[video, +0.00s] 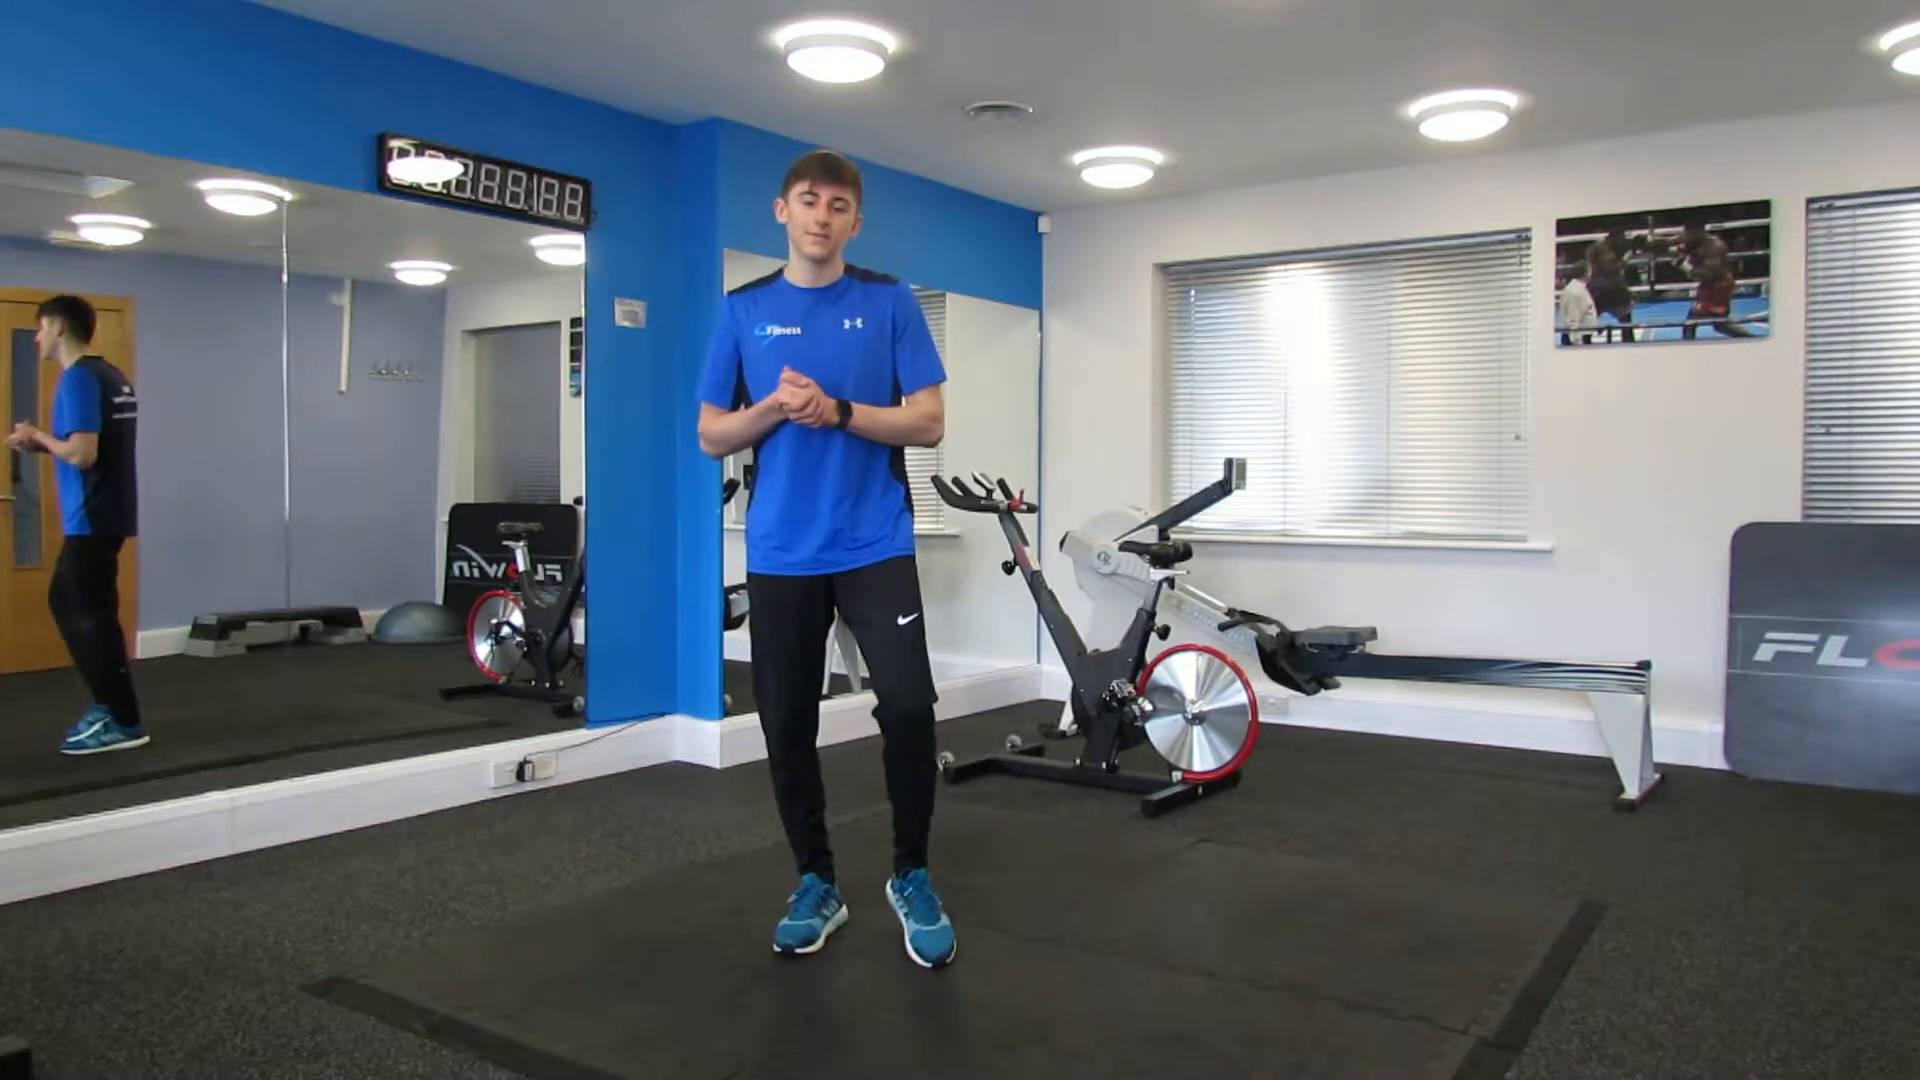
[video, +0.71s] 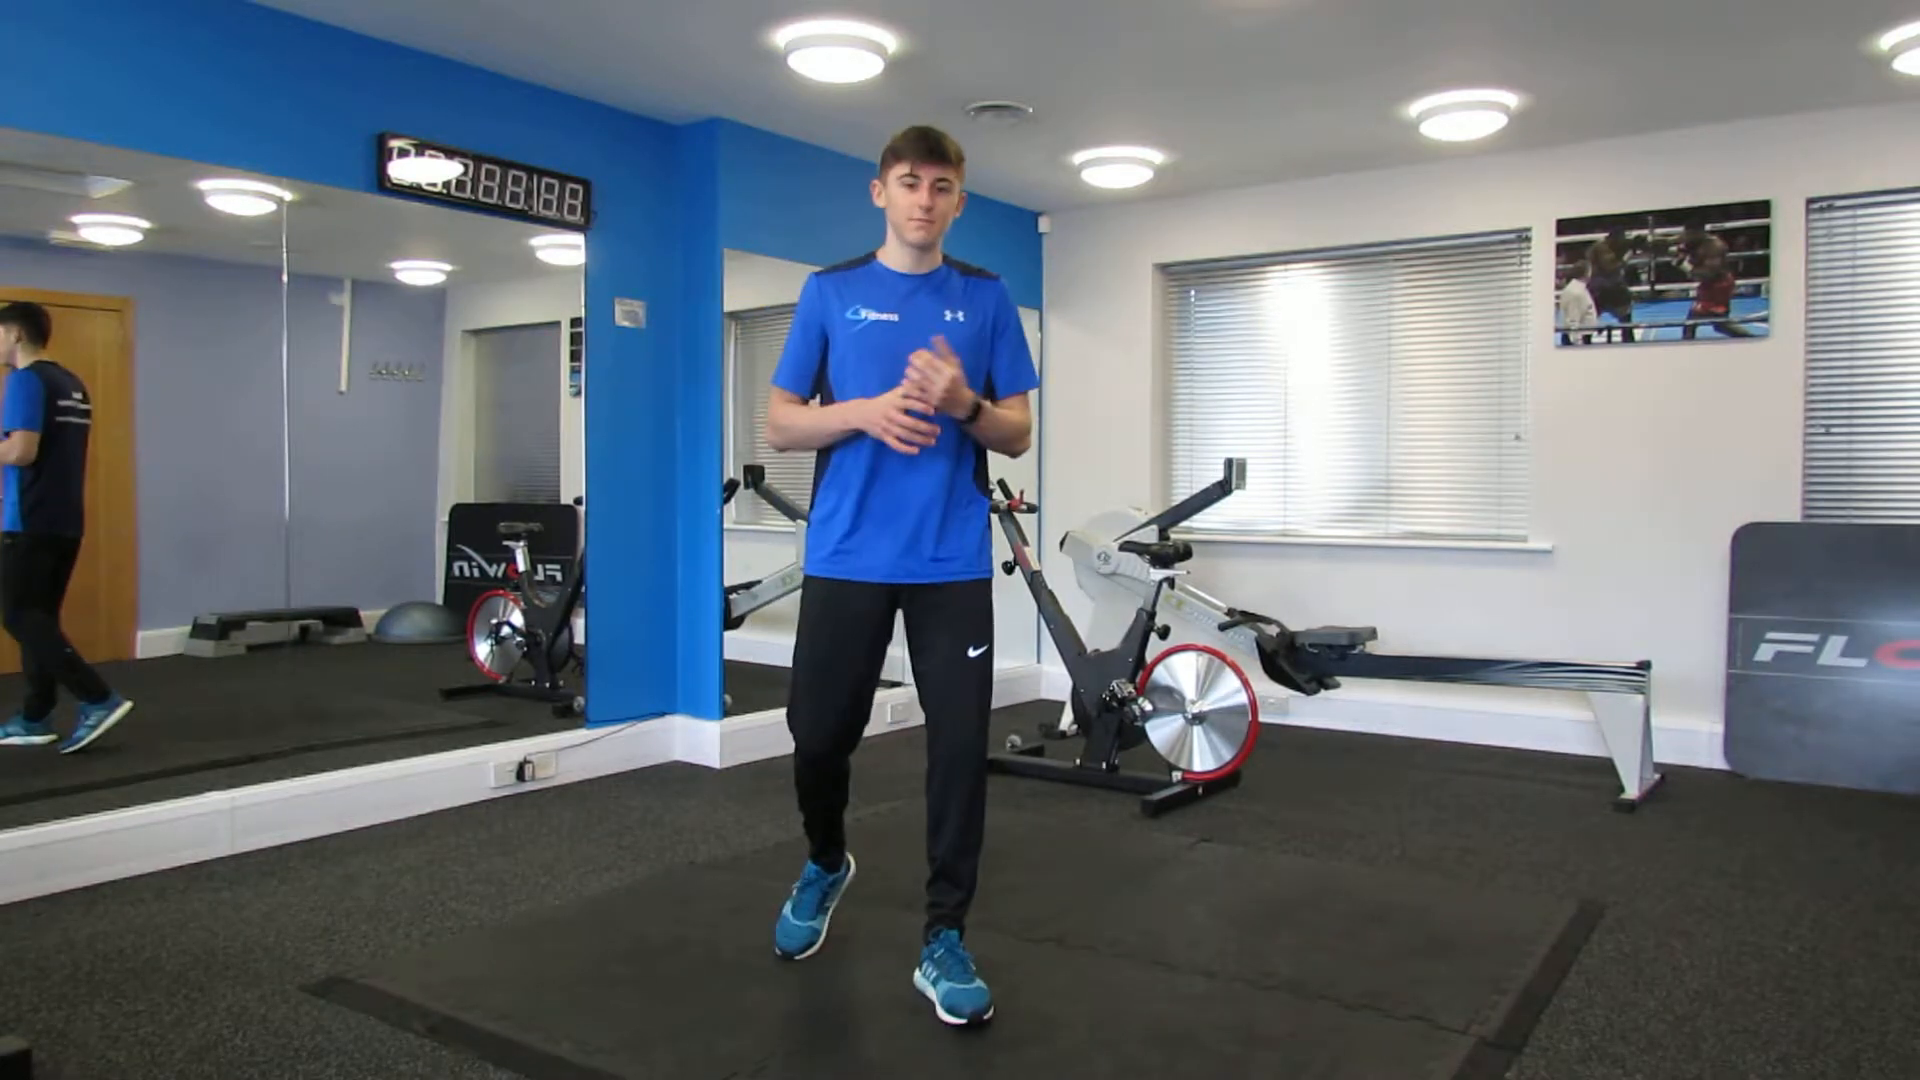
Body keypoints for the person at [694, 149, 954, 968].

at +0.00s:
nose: (824, 214)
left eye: (839, 205)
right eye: (810, 201)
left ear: (856, 221)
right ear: (782, 213)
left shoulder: (890, 301)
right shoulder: (742, 309)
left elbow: (929, 421)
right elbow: (712, 435)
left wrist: (839, 411)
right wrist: (768, 410)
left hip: (875, 543)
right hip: (781, 550)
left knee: (910, 706)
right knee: (786, 726)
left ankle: (911, 876)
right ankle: (816, 882)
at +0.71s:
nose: (925, 198)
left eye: (940, 187)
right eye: (911, 183)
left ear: (958, 203)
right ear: (880, 193)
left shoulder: (986, 299)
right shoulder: (828, 292)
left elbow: (1016, 433)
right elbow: (781, 424)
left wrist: (967, 402)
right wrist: (865, 412)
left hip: (952, 555)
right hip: (848, 551)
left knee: (960, 748)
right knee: (817, 738)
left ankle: (946, 934)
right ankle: (826, 864)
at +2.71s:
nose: (1026, 164)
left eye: (1042, 151)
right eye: (1009, 149)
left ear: (1065, 170)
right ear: (978, 165)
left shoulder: (1105, 281)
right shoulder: (927, 278)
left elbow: (1134, 424)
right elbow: (888, 428)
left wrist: (1075, 435)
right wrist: (974, 356)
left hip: (1056, 563)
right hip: (941, 557)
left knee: (1059, 770)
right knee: (909, 769)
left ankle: (1039, 960)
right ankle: (895, 987)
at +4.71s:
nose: (1045, 197)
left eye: (1061, 184)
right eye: (1029, 183)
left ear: (1080, 201)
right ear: (1002, 196)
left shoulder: (1115, 302)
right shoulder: (953, 300)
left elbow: (1150, 433)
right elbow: (905, 434)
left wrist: (1072, 423)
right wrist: (988, 411)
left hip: (1073, 565)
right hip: (970, 560)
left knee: (1074, 746)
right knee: (945, 737)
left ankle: (1046, 910)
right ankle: (963, 879)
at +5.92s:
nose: (973, 134)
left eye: (992, 114)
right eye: (955, 121)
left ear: (1032, 126)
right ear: (937, 141)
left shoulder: (1099, 243)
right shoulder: (914, 271)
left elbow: (1147, 413)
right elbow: (881, 441)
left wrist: (1006, 407)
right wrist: (904, 402)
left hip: (1041, 571)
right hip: (928, 570)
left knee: (1044, 799)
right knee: (915, 792)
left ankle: (1160, 991)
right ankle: (936, 1004)